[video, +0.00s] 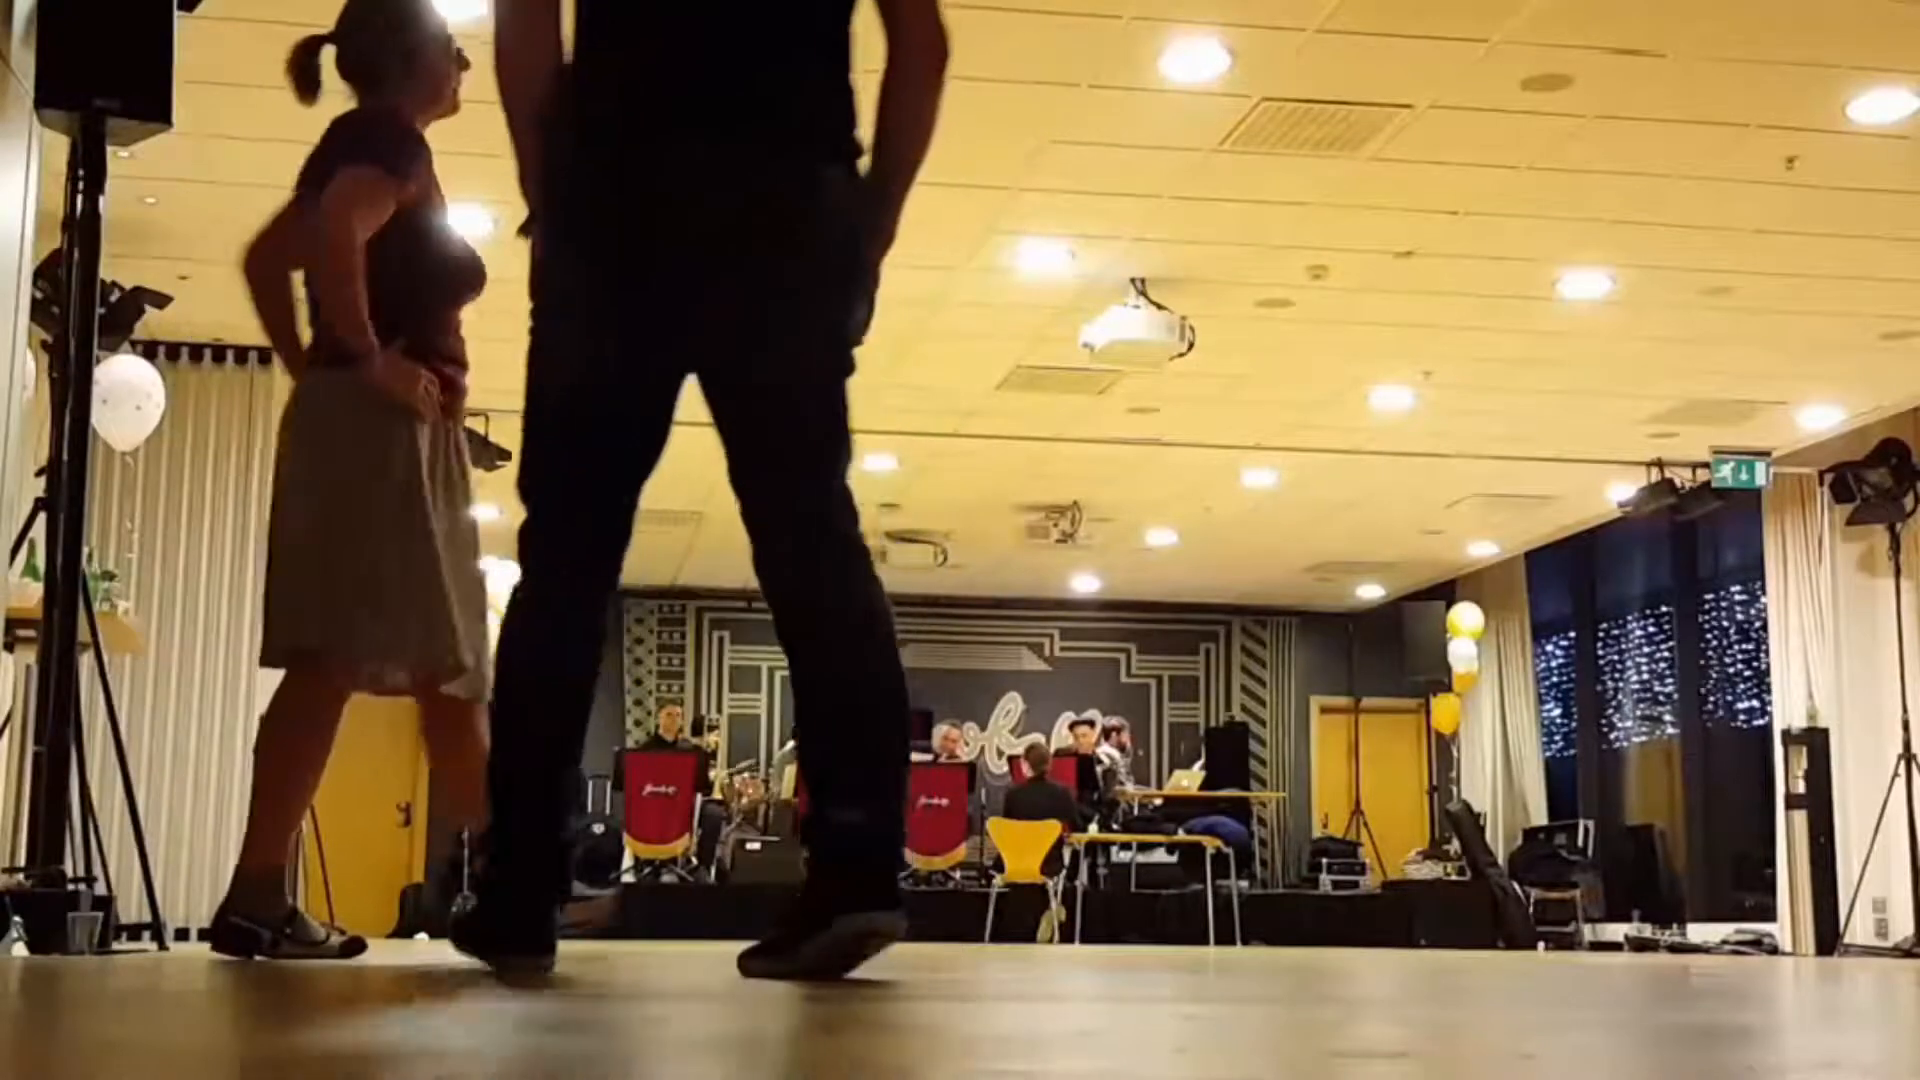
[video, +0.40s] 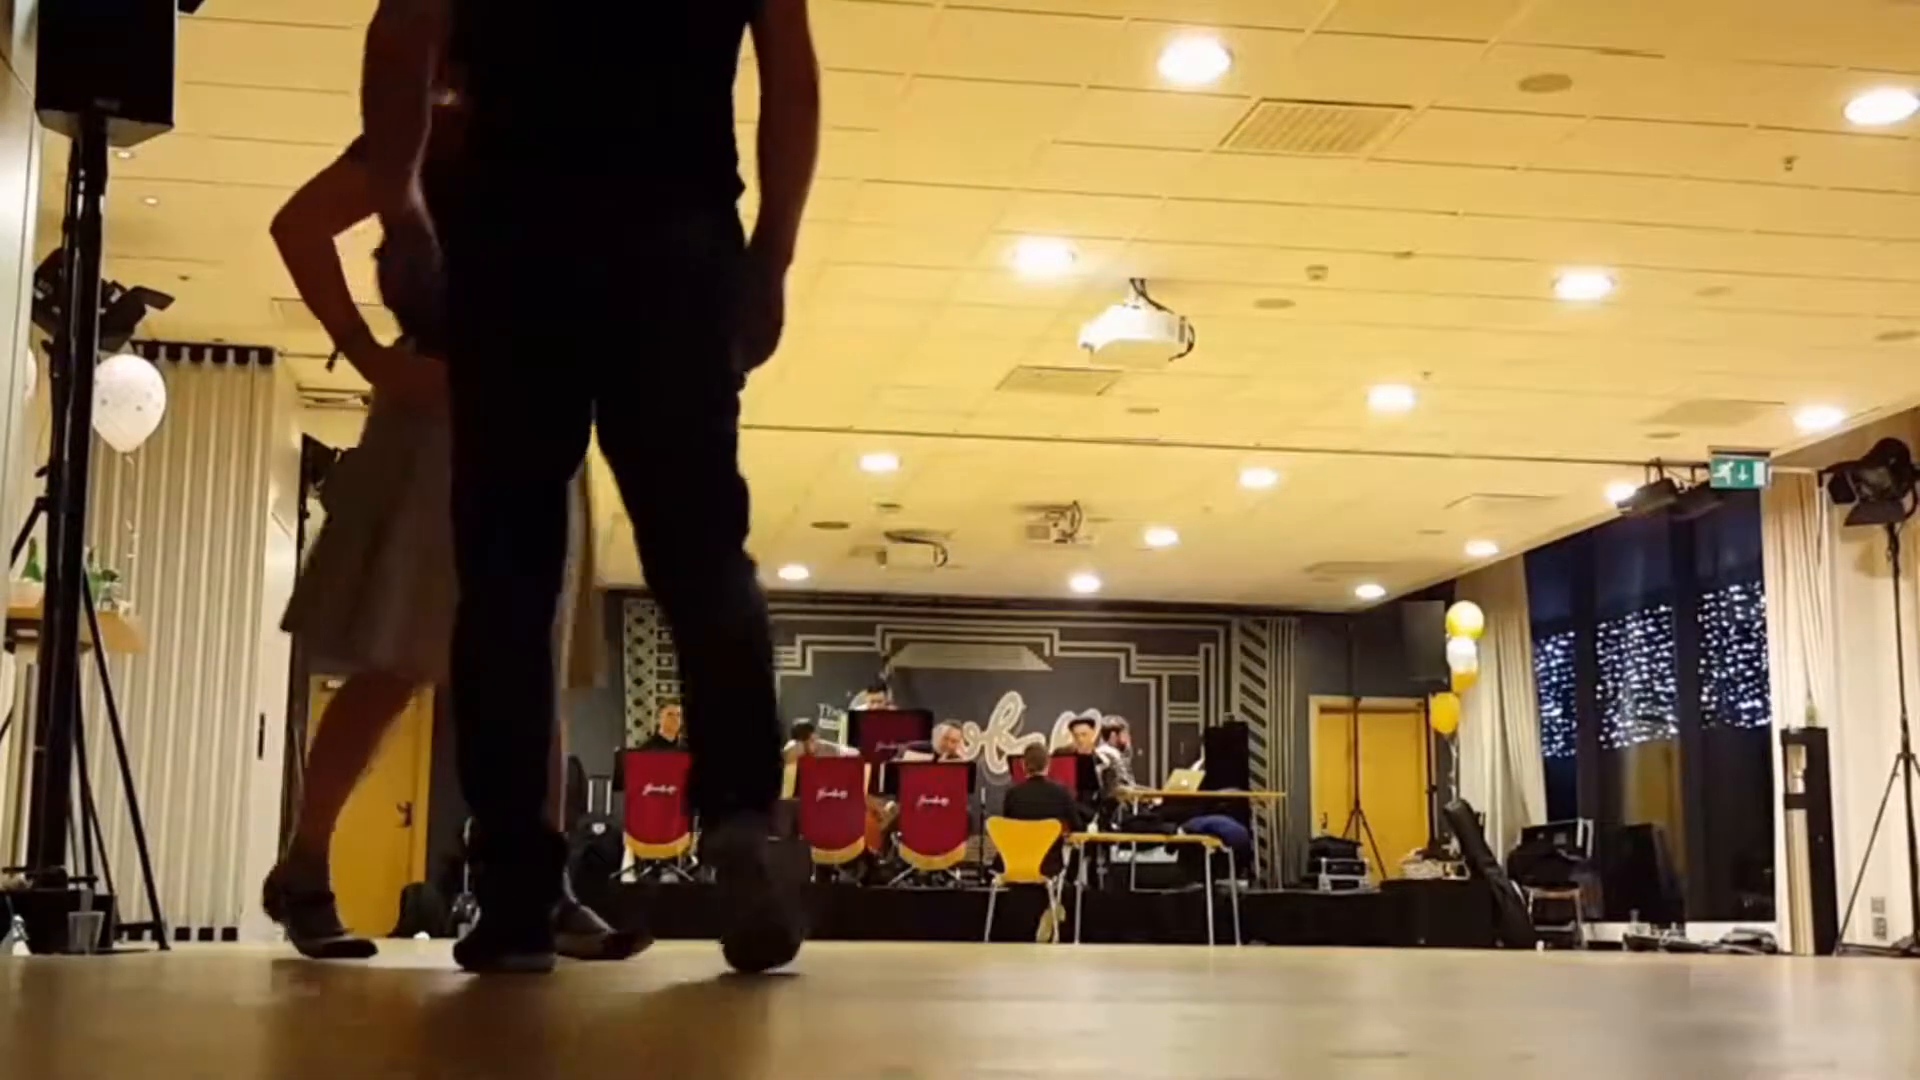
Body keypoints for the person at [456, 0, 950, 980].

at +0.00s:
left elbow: (525, 38)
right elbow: (921, 42)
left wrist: (551, 201)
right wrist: (874, 229)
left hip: (614, 214)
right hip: (790, 214)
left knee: (566, 561)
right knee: (812, 546)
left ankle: (519, 897)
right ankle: (860, 876)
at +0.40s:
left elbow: (400, 40)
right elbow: (793, 77)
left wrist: (401, 213)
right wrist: (772, 258)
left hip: (510, 261)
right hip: (674, 261)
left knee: (503, 590)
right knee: (705, 567)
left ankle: (512, 902)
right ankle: (742, 837)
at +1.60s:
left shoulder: (525, 18)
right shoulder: (744, 37)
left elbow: (477, 156)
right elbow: (786, 236)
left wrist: (447, 254)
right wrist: (710, 280)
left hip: (540, 341)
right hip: (681, 353)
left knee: (488, 599)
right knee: (670, 625)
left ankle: (522, 805)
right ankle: (663, 901)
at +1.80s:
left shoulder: (496, 24)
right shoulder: (719, 40)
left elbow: (462, 191)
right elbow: (761, 234)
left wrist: (436, 279)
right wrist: (700, 275)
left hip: (526, 362)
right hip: (664, 371)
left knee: (450, 628)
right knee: (666, 644)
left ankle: (425, 884)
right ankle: (657, 909)